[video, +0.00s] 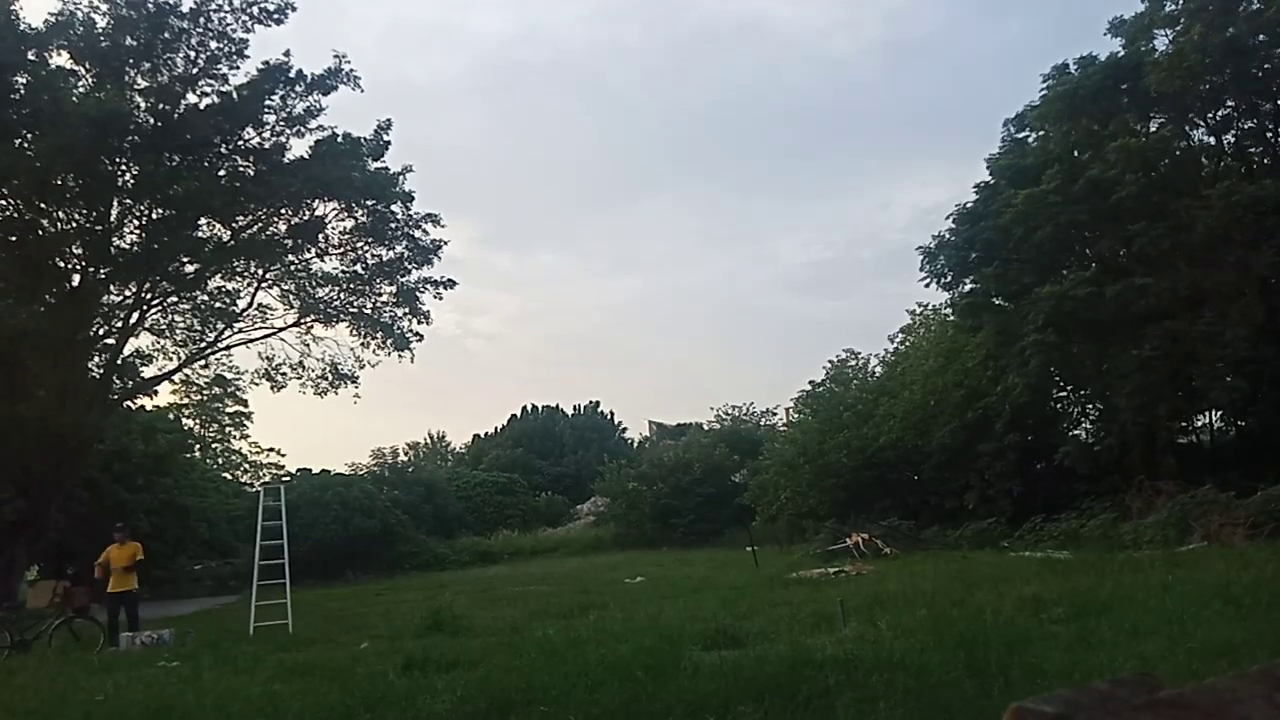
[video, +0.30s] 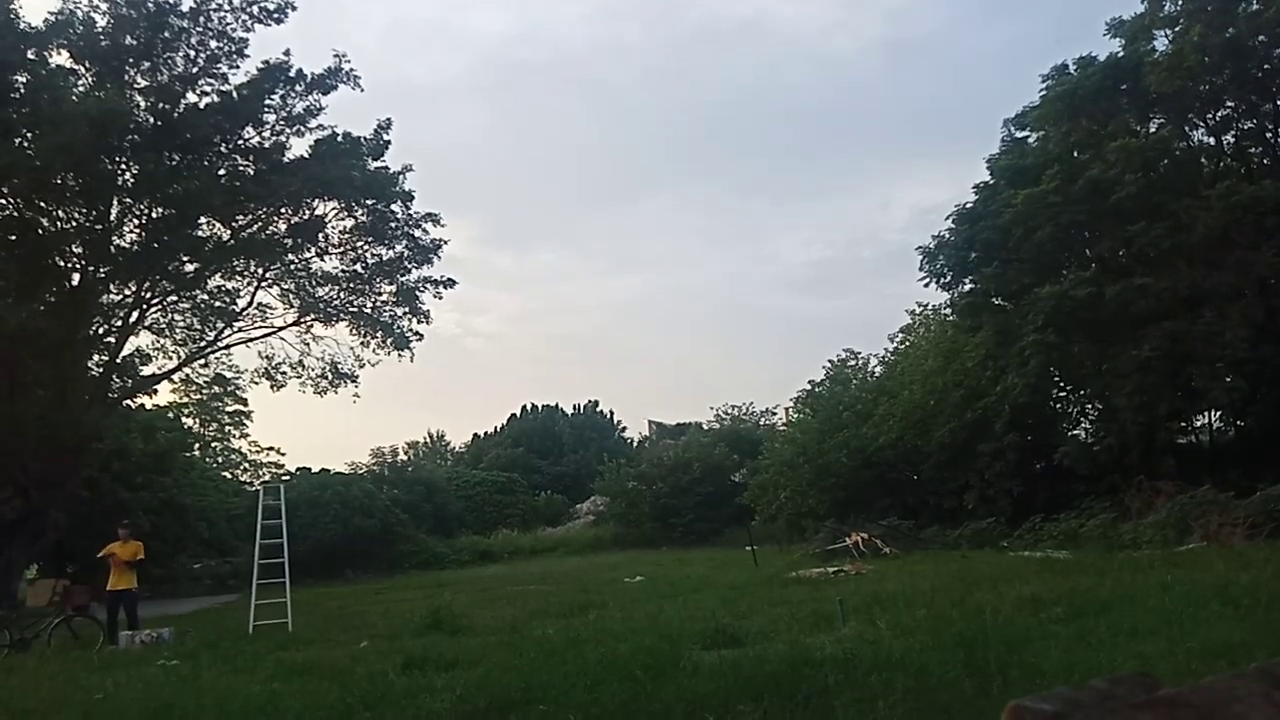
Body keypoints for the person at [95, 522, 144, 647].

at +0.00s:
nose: (117, 536)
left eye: (120, 533)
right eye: (116, 534)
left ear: (126, 534)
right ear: (113, 535)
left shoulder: (135, 546)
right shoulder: (111, 549)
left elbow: (140, 563)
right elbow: (100, 562)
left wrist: (126, 569)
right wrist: (98, 570)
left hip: (129, 589)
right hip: (113, 589)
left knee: (132, 618)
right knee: (112, 619)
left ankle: (135, 642)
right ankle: (113, 645)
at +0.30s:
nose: (122, 533)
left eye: (124, 530)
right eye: (120, 530)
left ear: (129, 532)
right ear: (118, 531)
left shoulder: (137, 546)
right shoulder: (114, 546)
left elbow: (140, 562)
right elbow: (98, 557)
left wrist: (124, 562)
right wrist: (109, 559)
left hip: (129, 587)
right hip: (113, 587)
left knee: (132, 617)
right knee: (111, 618)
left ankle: (134, 641)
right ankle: (112, 643)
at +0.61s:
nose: (123, 532)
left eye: (125, 529)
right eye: (121, 529)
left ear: (129, 531)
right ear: (117, 530)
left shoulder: (137, 545)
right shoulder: (112, 545)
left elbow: (140, 562)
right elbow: (97, 552)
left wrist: (123, 559)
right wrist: (107, 553)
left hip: (129, 586)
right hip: (112, 586)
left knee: (131, 616)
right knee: (110, 617)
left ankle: (133, 641)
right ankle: (111, 643)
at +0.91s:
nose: (123, 534)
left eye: (126, 531)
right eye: (121, 531)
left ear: (130, 532)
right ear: (118, 532)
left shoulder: (138, 546)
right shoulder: (113, 546)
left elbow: (141, 562)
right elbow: (98, 553)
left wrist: (125, 559)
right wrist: (110, 554)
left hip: (130, 586)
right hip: (113, 587)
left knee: (132, 617)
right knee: (111, 617)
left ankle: (134, 641)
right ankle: (112, 643)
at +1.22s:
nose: (124, 536)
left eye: (126, 533)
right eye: (122, 533)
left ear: (131, 533)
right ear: (119, 534)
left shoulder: (139, 546)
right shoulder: (115, 547)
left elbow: (142, 563)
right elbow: (102, 557)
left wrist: (129, 556)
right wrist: (109, 555)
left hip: (131, 587)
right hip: (115, 587)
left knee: (133, 617)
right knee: (113, 618)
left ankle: (135, 642)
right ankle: (113, 644)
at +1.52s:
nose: (123, 537)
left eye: (126, 535)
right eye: (122, 534)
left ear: (131, 535)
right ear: (119, 535)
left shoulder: (138, 546)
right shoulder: (115, 548)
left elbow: (141, 559)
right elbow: (102, 559)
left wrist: (129, 549)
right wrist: (106, 558)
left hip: (131, 588)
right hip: (115, 588)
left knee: (133, 618)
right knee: (112, 619)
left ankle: (135, 643)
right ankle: (112, 645)